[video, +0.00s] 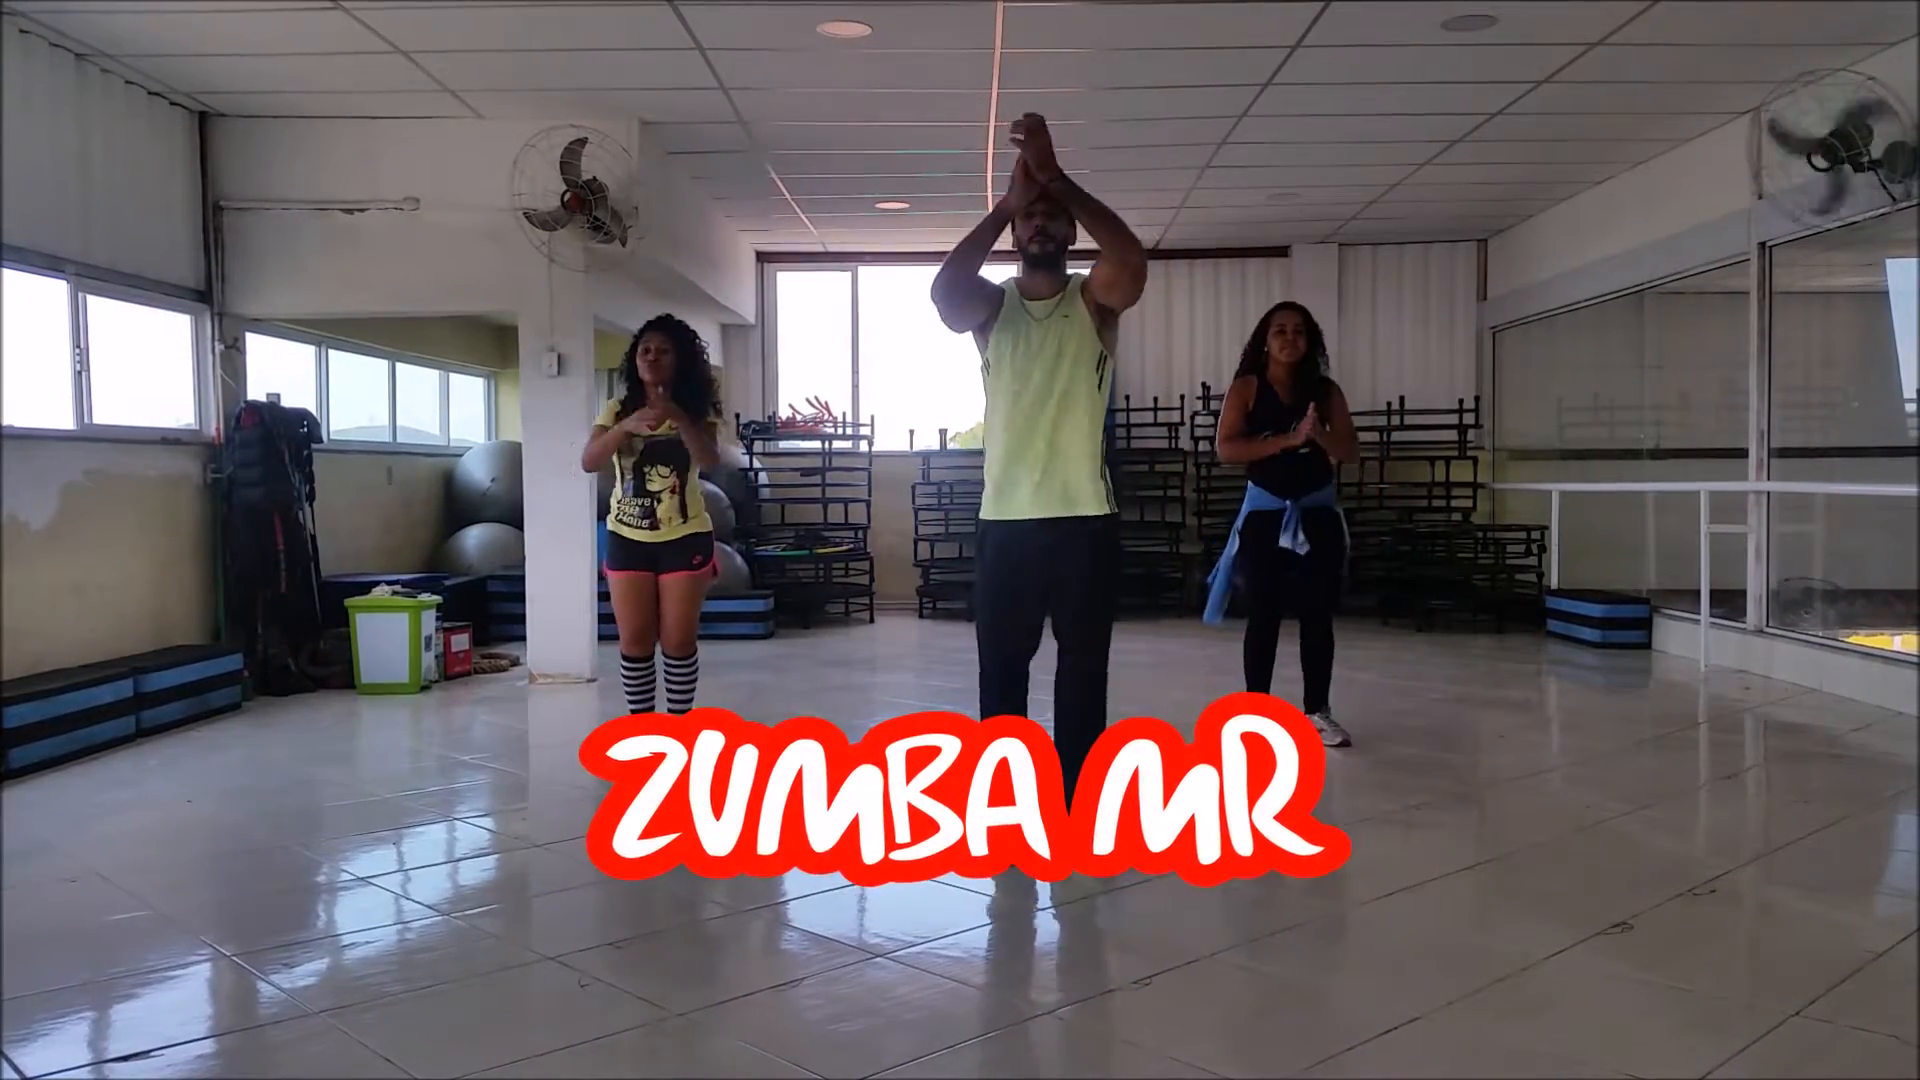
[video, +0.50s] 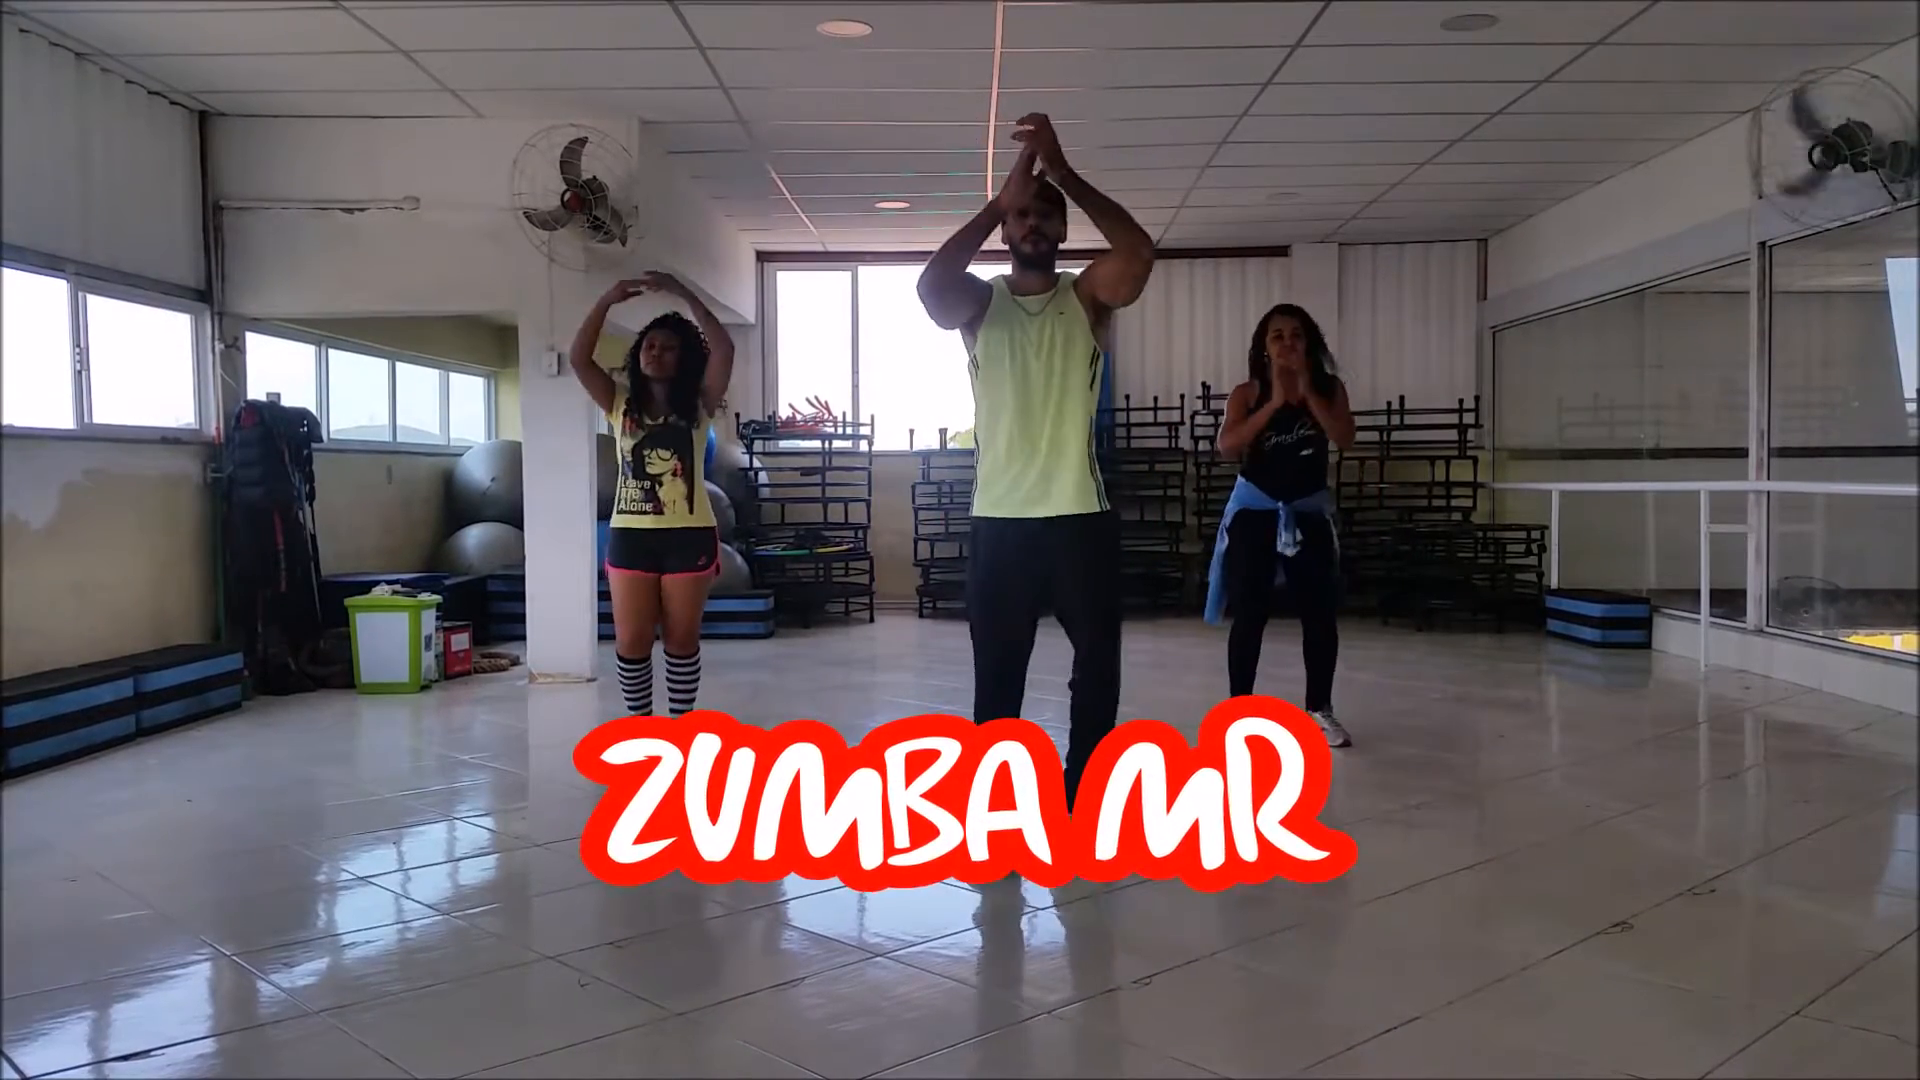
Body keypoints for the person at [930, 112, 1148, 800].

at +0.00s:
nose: (1041, 224)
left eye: (1053, 214)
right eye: (1030, 215)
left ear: (1073, 230)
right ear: (1013, 233)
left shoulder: (1095, 301)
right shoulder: (993, 306)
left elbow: (1129, 258)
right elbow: (947, 290)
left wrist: (1058, 180)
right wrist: (1002, 212)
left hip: (1085, 522)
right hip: (1007, 523)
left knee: (1083, 686)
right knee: (1001, 684)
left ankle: (1079, 818)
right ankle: (999, 816)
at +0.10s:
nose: (1046, 220)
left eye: (1059, 213)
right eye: (1034, 213)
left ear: (1079, 230)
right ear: (1017, 234)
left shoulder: (1101, 293)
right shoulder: (993, 302)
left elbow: (1158, 266)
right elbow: (924, 290)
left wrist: (1094, 182)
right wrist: (980, 204)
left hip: (1089, 521)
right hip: (1009, 521)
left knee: (1091, 687)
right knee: (986, 679)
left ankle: (1079, 819)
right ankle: (991, 811)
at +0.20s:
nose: (1048, 221)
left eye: (1060, 215)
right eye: (1036, 215)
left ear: (1079, 235)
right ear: (1020, 236)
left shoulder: (1106, 303)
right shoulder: (993, 308)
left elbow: (1163, 271)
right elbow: (922, 292)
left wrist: (1127, 177)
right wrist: (954, 194)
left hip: (1091, 526)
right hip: (1010, 524)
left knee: (1098, 685)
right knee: (976, 652)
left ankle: (1080, 818)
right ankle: (980, 795)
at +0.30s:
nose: (1048, 217)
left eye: (1060, 210)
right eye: (1036, 209)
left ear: (1078, 227)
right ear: (1020, 227)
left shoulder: (1102, 296)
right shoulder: (997, 301)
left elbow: (1142, 266)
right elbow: (944, 290)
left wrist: (1103, 168)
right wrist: (968, 196)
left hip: (1089, 520)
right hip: (1009, 520)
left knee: (1095, 688)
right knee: (982, 674)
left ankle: (1082, 822)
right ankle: (979, 811)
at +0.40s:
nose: (1039, 221)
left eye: (1052, 211)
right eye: (1030, 215)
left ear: (1073, 230)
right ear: (1016, 235)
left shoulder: (1096, 299)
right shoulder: (992, 302)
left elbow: (1126, 252)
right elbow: (953, 288)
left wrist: (1048, 172)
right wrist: (1013, 209)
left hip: (1086, 516)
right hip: (1006, 517)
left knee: (1091, 687)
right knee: (991, 684)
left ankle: (1082, 824)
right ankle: (995, 825)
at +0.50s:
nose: (1035, 221)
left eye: (1047, 211)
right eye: (1023, 213)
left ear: (1064, 226)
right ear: (1002, 229)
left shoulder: (1089, 296)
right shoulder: (981, 305)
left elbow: (1137, 250)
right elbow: (934, 283)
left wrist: (1063, 172)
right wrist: (996, 208)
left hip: (1084, 524)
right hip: (1002, 526)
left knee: (1099, 683)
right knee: (997, 690)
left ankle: (1082, 820)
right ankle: (988, 828)